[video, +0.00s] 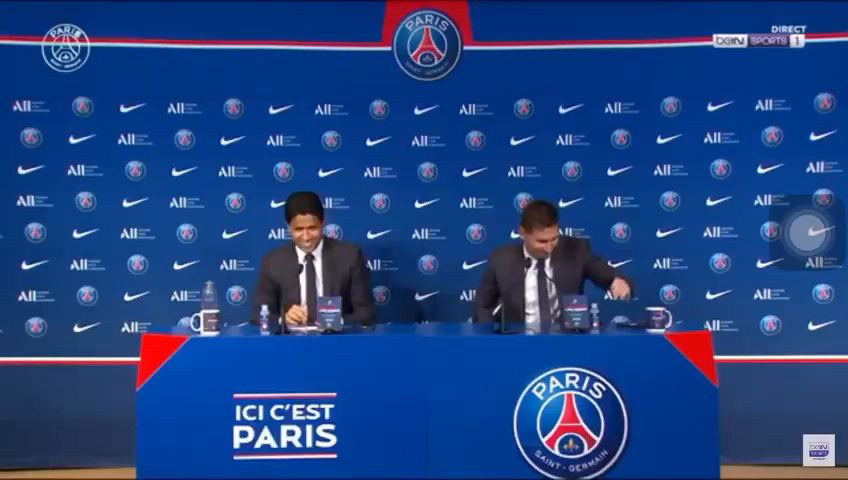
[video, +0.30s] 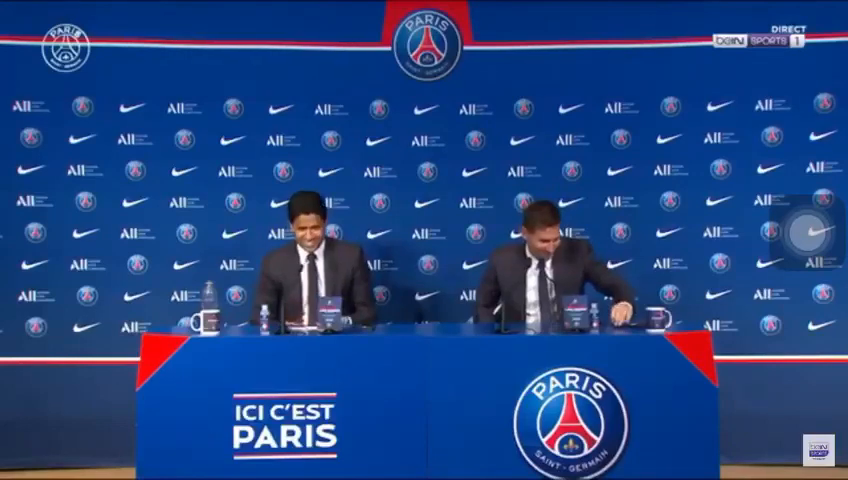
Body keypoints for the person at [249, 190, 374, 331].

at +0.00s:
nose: (306, 236)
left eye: (312, 228)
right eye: (299, 229)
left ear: (322, 223)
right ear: (289, 228)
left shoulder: (350, 256)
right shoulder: (273, 261)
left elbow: (365, 315)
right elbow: (259, 317)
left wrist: (328, 322)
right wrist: (283, 319)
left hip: (338, 347)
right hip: (290, 348)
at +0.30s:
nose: (309, 236)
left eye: (315, 228)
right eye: (302, 229)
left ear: (325, 223)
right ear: (292, 226)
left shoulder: (351, 256)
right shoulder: (274, 262)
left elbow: (367, 313)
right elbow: (261, 317)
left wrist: (340, 324)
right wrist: (287, 328)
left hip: (338, 346)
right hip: (291, 347)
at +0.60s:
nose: (316, 235)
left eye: (321, 227)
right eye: (308, 229)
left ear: (328, 223)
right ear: (294, 227)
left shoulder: (352, 256)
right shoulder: (275, 262)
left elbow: (366, 314)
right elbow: (262, 319)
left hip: (340, 346)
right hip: (291, 347)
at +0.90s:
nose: (324, 236)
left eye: (326, 227)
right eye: (315, 230)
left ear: (330, 222)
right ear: (295, 229)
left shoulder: (351, 256)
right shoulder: (274, 263)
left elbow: (365, 315)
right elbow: (262, 320)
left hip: (340, 346)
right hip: (291, 347)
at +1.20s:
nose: (322, 235)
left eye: (325, 227)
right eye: (313, 229)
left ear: (329, 222)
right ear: (295, 229)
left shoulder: (351, 256)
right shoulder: (274, 263)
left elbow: (365, 314)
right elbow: (264, 321)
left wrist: (337, 331)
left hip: (339, 346)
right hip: (291, 347)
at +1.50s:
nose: (314, 233)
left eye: (319, 225)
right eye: (306, 226)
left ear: (326, 223)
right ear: (292, 226)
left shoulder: (351, 256)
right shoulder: (274, 262)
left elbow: (365, 315)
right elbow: (264, 320)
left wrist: (336, 332)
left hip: (339, 346)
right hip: (290, 347)